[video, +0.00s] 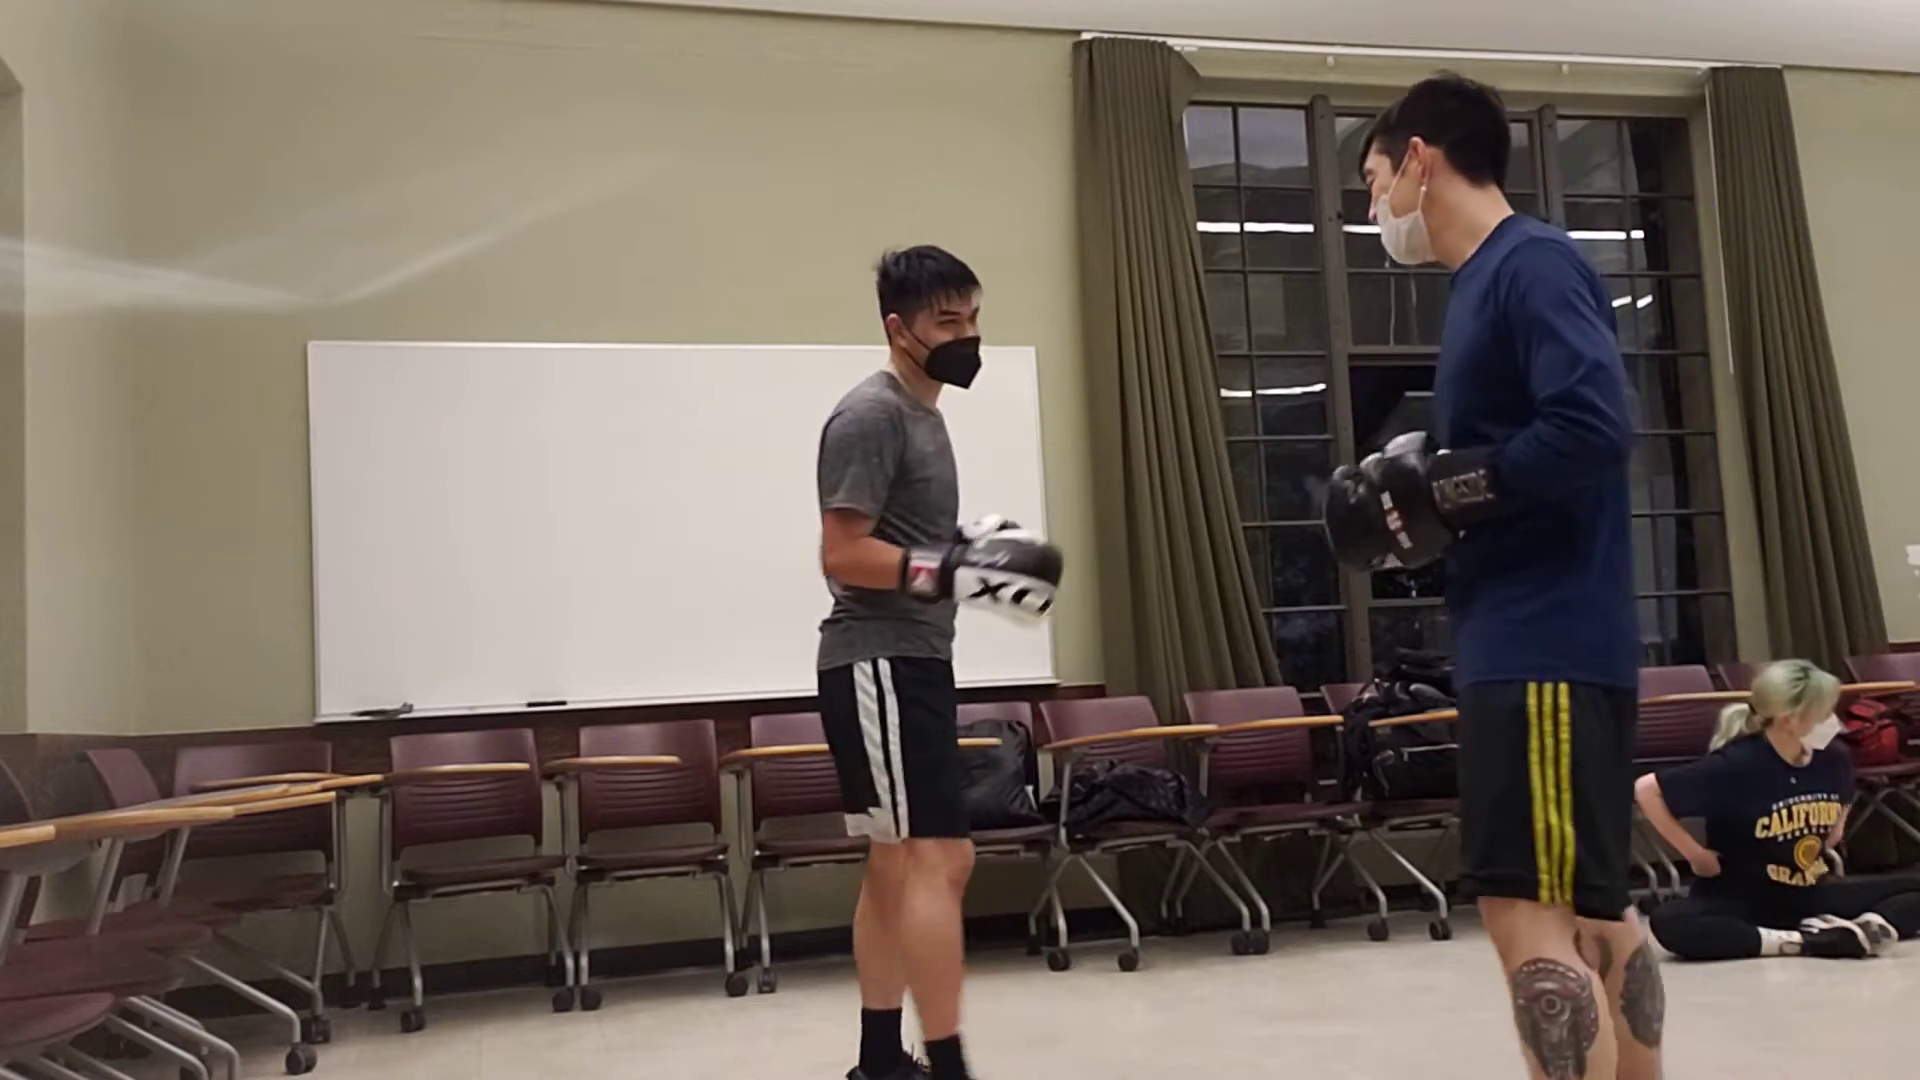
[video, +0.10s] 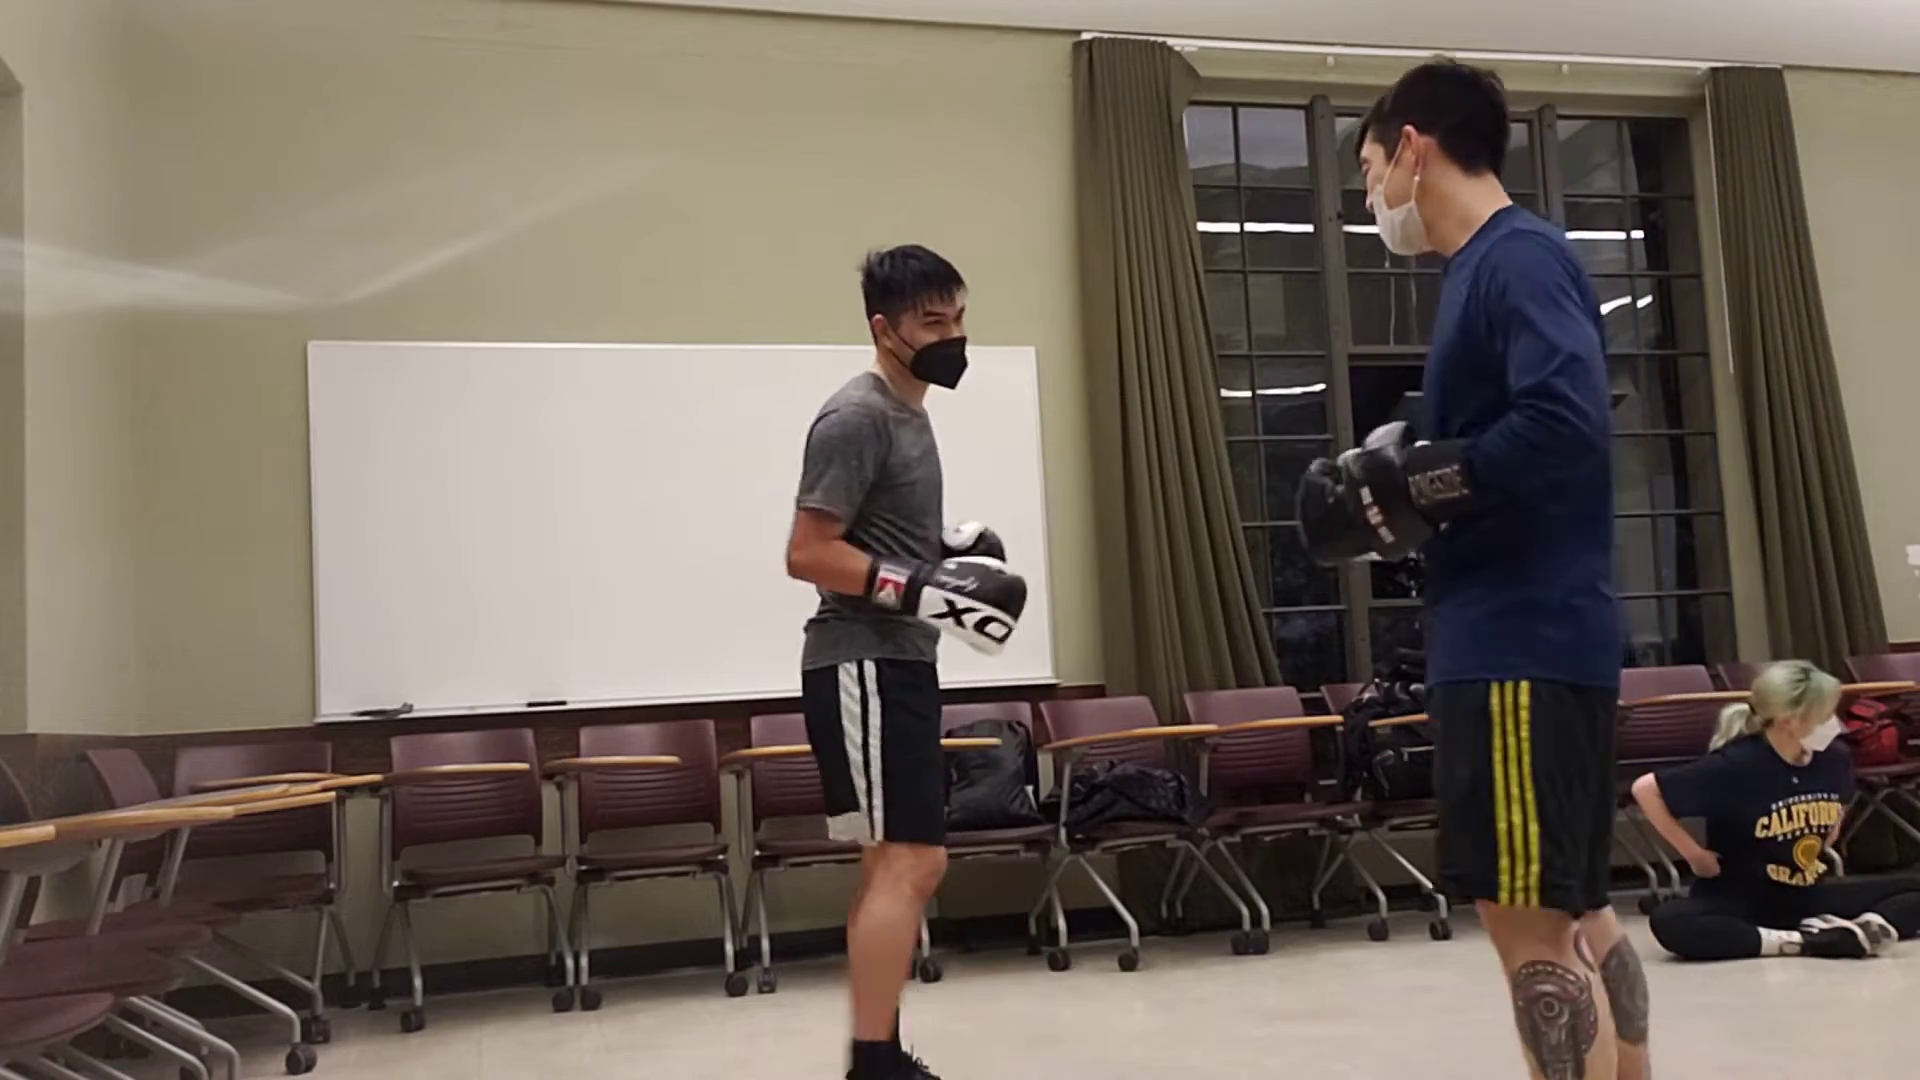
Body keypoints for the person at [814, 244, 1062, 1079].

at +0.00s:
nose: (967, 335)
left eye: (972, 319)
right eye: (948, 320)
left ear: (972, 315)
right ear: (898, 324)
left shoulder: (922, 414)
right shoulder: (869, 414)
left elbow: (903, 542)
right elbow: (841, 554)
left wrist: (977, 553)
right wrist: (950, 570)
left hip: (909, 659)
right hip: (878, 661)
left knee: (893, 864)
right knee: (941, 860)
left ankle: (882, 1060)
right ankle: (948, 1067)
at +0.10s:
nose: (950, 334)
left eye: (956, 318)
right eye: (931, 319)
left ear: (957, 319)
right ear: (882, 323)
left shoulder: (906, 414)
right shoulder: (856, 416)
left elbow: (883, 535)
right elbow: (807, 551)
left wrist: (947, 554)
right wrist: (914, 589)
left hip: (897, 658)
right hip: (862, 662)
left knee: (903, 862)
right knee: (908, 863)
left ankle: (878, 1052)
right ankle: (873, 1056)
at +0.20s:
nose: (938, 334)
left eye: (945, 318)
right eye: (920, 319)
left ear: (949, 317)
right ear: (870, 323)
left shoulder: (891, 414)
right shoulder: (841, 416)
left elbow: (874, 536)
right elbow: (794, 553)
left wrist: (938, 555)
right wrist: (904, 591)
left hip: (886, 663)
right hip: (842, 666)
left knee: (893, 863)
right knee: (866, 865)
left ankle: (881, 1058)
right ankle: (794, 1071)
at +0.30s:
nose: (930, 338)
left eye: (937, 320)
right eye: (911, 321)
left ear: (940, 317)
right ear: (860, 322)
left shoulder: (879, 418)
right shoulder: (825, 415)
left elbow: (866, 542)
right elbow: (795, 561)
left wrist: (936, 558)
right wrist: (914, 582)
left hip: (869, 671)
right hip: (816, 672)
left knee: (882, 866)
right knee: (824, 876)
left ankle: (881, 1060)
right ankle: (780, 1074)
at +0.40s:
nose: (919, 344)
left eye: (926, 324)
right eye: (900, 326)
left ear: (928, 317)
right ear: (848, 320)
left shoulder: (866, 414)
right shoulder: (811, 410)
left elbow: (846, 550)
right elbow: (798, 556)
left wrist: (933, 557)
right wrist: (918, 564)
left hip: (853, 673)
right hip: (797, 672)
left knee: (866, 864)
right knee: (790, 878)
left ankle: (876, 1056)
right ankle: (770, 1075)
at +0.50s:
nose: (903, 334)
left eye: (911, 316)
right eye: (883, 316)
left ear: (917, 313)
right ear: (833, 314)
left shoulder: (858, 412)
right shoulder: (796, 404)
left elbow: (839, 542)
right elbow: (793, 544)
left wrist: (924, 532)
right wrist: (912, 543)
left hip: (844, 671)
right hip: (785, 671)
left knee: (856, 861)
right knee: (787, 879)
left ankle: (848, 1052)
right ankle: (771, 1074)